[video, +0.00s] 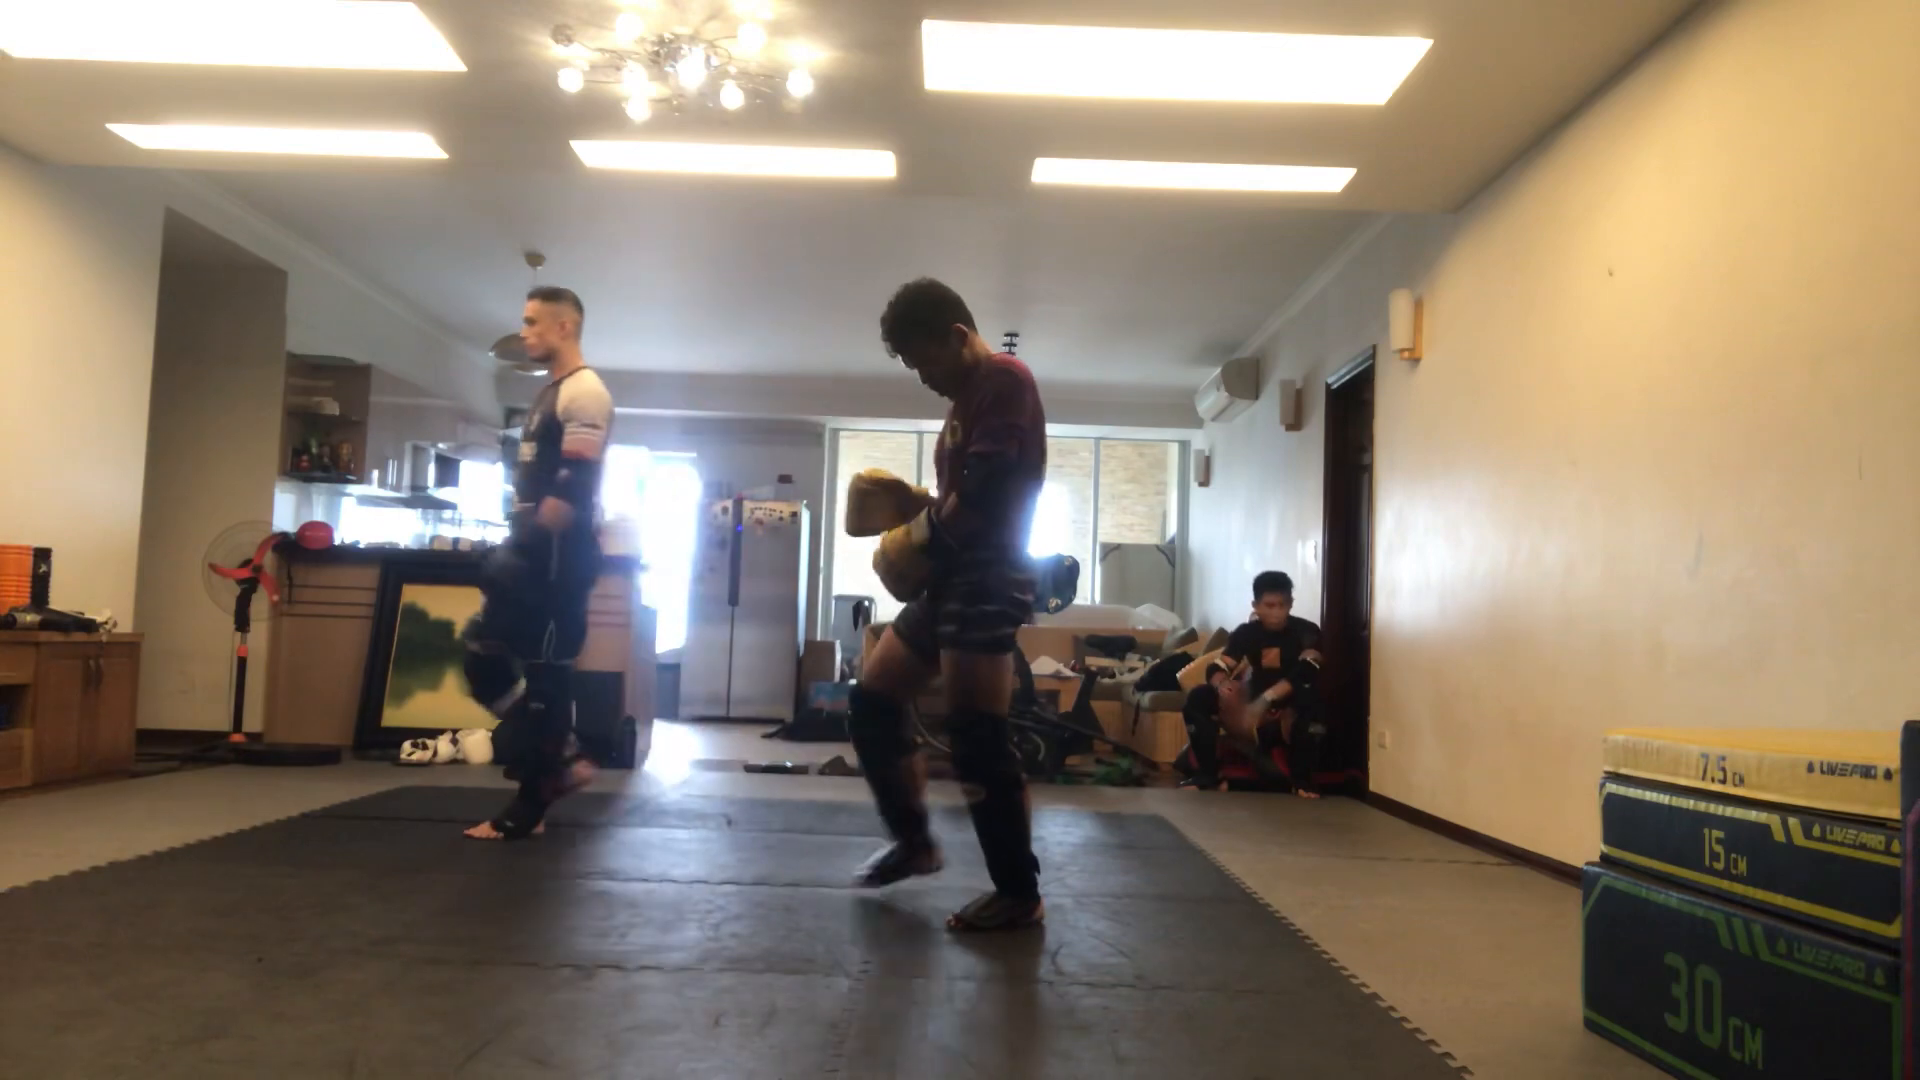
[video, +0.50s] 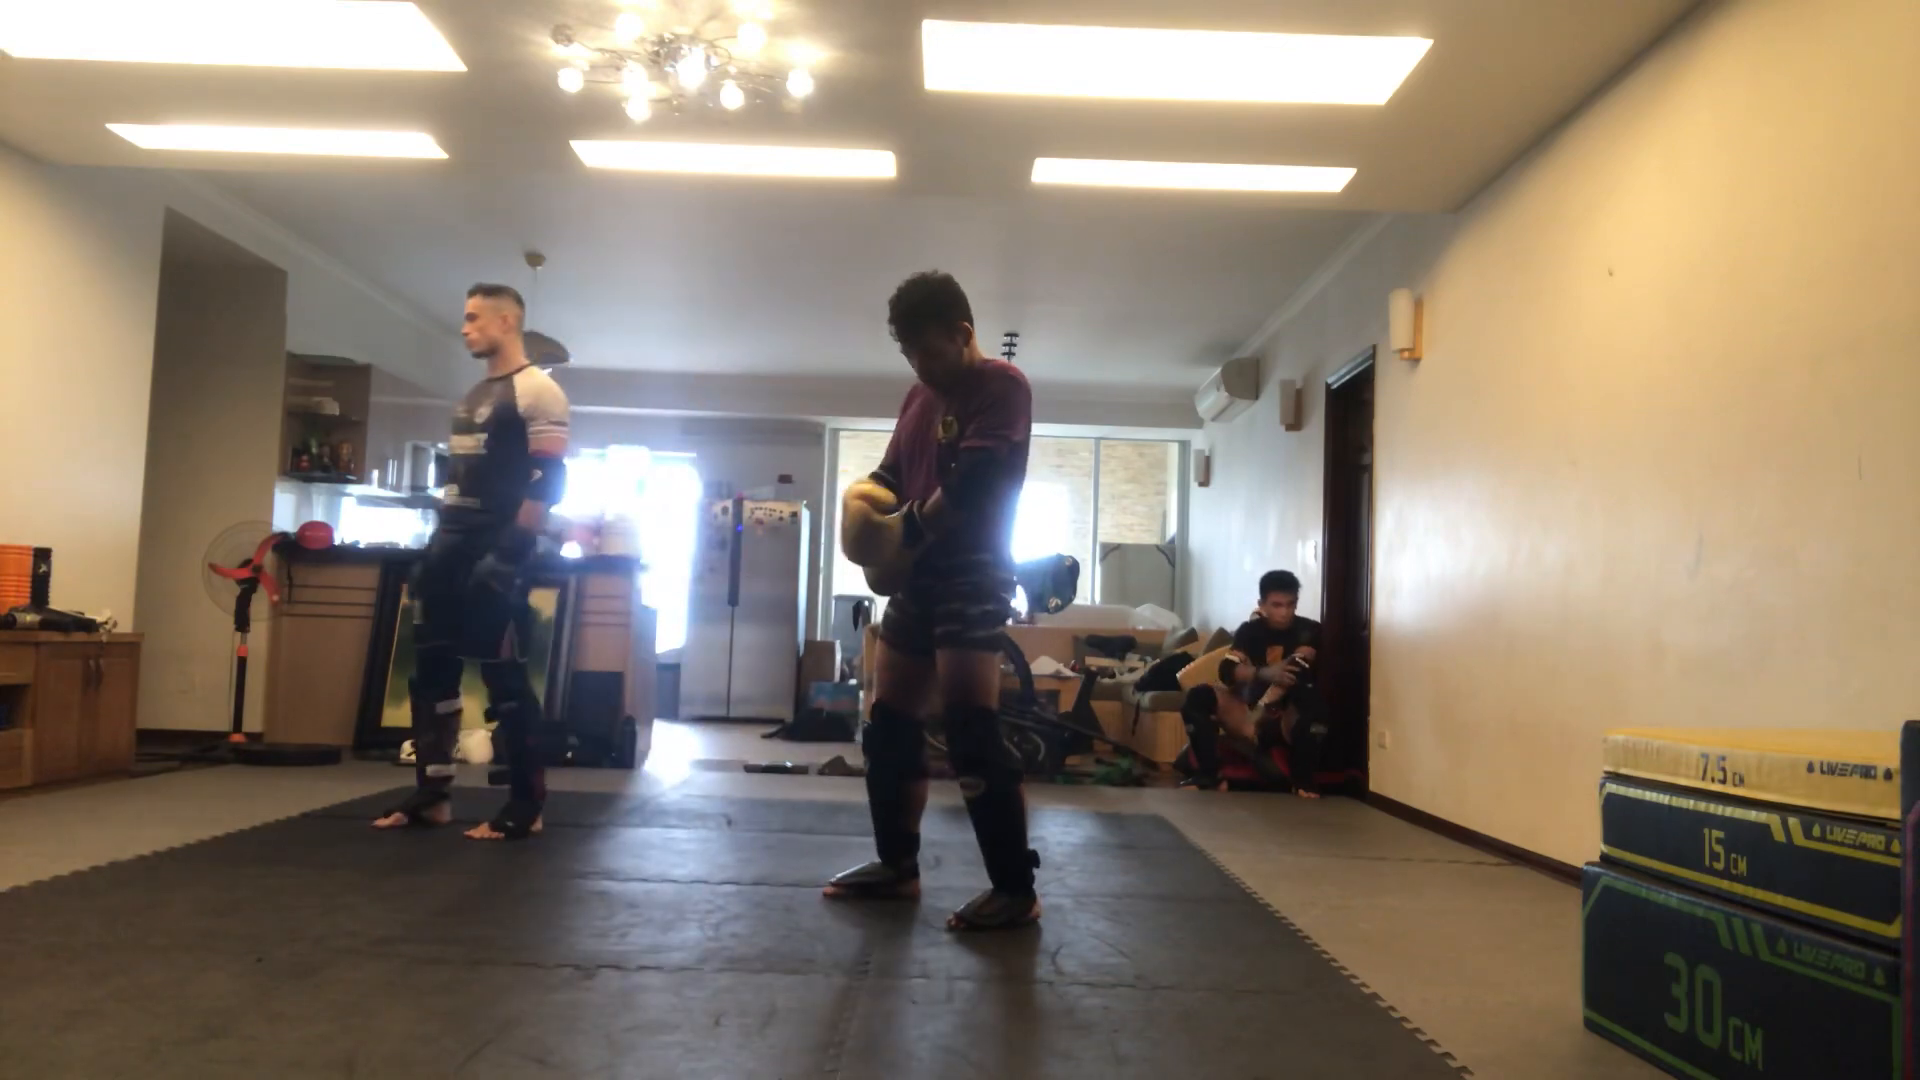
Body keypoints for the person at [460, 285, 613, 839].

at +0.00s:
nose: (523, 333)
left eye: (531, 323)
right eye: (523, 324)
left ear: (566, 326)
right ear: (555, 329)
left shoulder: (584, 391)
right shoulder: (553, 391)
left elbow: (570, 492)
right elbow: (541, 484)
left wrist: (520, 552)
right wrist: (517, 545)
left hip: (559, 556)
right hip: (535, 553)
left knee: (547, 681)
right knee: (484, 662)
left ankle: (526, 813)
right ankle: (554, 759)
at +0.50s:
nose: (463, 329)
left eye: (473, 318)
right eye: (464, 320)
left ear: (508, 321)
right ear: (487, 327)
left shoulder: (539, 389)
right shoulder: (475, 394)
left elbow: (546, 484)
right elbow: (459, 483)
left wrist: (508, 554)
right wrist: (436, 549)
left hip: (499, 551)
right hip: (452, 547)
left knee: (503, 672)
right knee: (434, 667)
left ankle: (525, 804)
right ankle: (432, 796)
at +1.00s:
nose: (428, 334)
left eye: (437, 324)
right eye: (427, 326)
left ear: (473, 325)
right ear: (445, 332)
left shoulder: (517, 396)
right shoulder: (423, 399)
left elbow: (536, 485)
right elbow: (406, 481)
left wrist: (520, 554)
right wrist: (373, 544)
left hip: (468, 553)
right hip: (412, 551)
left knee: (468, 679)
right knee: (414, 677)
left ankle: (488, 807)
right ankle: (430, 799)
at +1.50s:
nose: (423, 335)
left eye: (432, 324)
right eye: (419, 326)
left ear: (466, 324)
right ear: (419, 333)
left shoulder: (510, 395)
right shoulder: (415, 400)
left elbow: (533, 484)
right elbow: (407, 488)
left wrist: (518, 553)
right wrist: (389, 556)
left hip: (471, 553)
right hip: (415, 552)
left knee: (479, 679)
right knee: (413, 679)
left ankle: (491, 806)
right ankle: (429, 799)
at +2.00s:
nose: (410, 340)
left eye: (417, 329)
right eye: (409, 330)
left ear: (452, 328)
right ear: (438, 331)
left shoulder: (501, 395)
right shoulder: (414, 404)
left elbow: (519, 485)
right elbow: (408, 492)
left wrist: (495, 552)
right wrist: (381, 559)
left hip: (463, 555)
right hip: (409, 554)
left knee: (467, 676)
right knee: (409, 679)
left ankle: (490, 805)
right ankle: (429, 798)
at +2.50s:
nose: (405, 342)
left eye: (412, 331)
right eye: (403, 333)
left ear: (446, 327)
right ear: (435, 330)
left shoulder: (498, 395)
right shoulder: (408, 404)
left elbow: (517, 484)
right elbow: (402, 490)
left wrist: (494, 552)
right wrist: (377, 558)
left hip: (458, 556)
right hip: (404, 555)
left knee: (466, 679)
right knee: (406, 681)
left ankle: (490, 806)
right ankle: (428, 798)